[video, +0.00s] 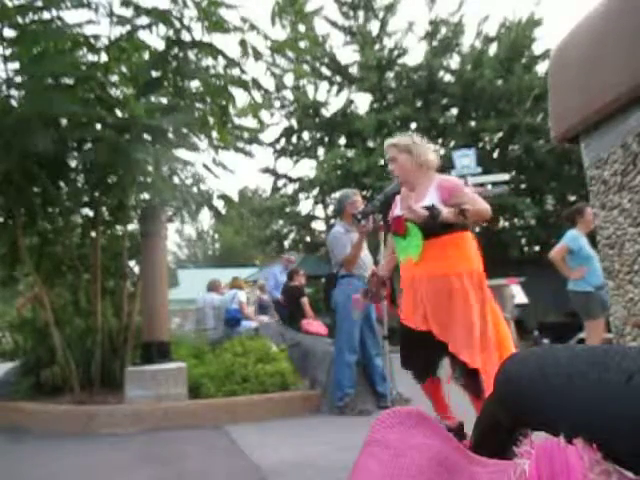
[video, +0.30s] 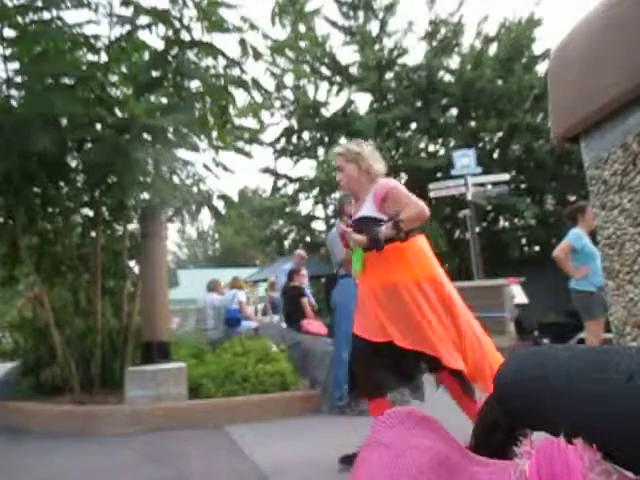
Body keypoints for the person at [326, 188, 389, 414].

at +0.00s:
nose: (361, 206)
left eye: (361, 202)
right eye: (357, 202)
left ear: (357, 207)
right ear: (346, 207)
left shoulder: (357, 231)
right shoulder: (337, 233)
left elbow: (365, 262)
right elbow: (348, 263)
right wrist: (362, 238)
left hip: (366, 282)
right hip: (348, 283)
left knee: (372, 342)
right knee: (348, 343)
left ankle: (385, 392)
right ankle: (344, 397)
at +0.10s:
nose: (362, 206)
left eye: (362, 202)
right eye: (357, 202)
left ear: (354, 207)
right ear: (346, 207)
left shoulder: (357, 232)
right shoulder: (337, 233)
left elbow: (363, 263)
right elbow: (347, 263)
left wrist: (376, 273)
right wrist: (360, 238)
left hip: (365, 283)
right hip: (349, 283)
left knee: (372, 341)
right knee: (348, 343)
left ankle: (385, 392)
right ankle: (343, 397)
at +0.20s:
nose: (361, 209)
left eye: (361, 205)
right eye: (356, 205)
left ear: (358, 207)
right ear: (345, 208)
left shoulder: (359, 231)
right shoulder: (337, 233)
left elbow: (367, 261)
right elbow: (347, 262)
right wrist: (359, 237)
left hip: (366, 282)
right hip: (349, 283)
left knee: (368, 338)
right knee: (347, 342)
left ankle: (377, 388)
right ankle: (344, 396)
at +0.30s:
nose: (354, 209)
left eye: (354, 205)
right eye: (351, 205)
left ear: (350, 208)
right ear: (343, 208)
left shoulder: (354, 229)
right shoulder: (336, 232)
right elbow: (343, 260)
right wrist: (359, 245)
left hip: (359, 279)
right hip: (345, 281)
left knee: (355, 339)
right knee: (344, 340)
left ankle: (354, 392)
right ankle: (340, 395)